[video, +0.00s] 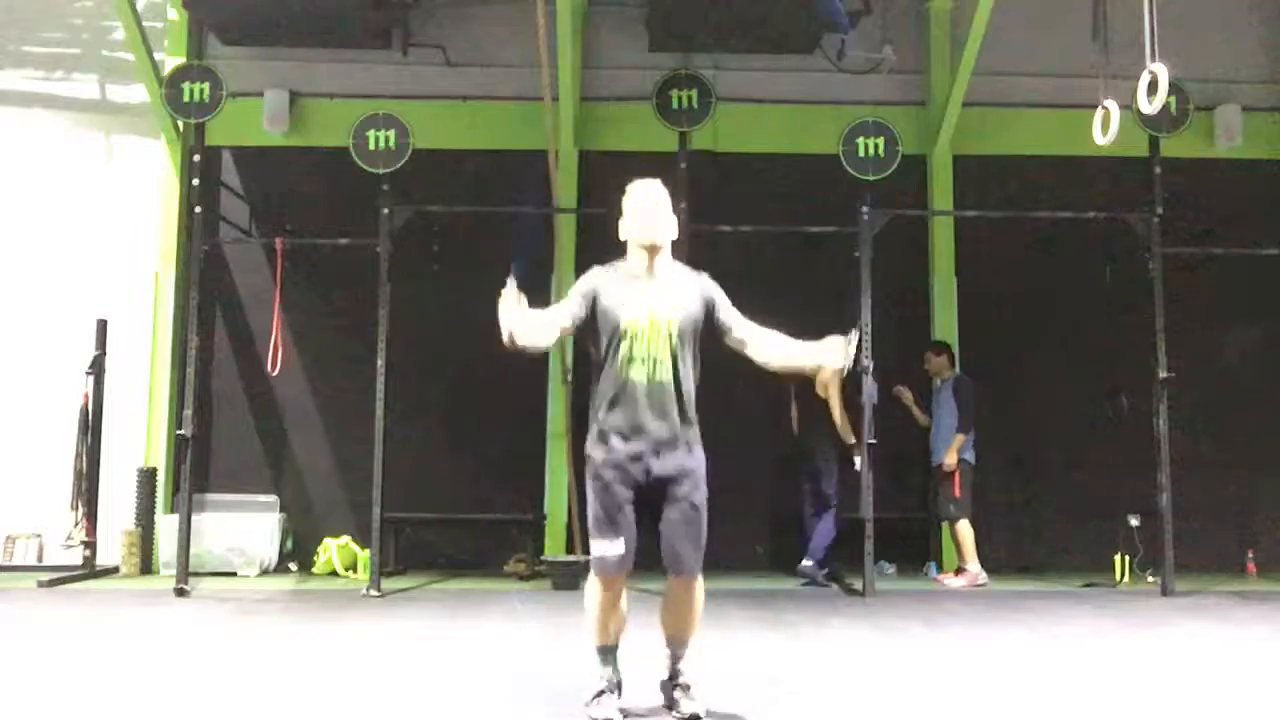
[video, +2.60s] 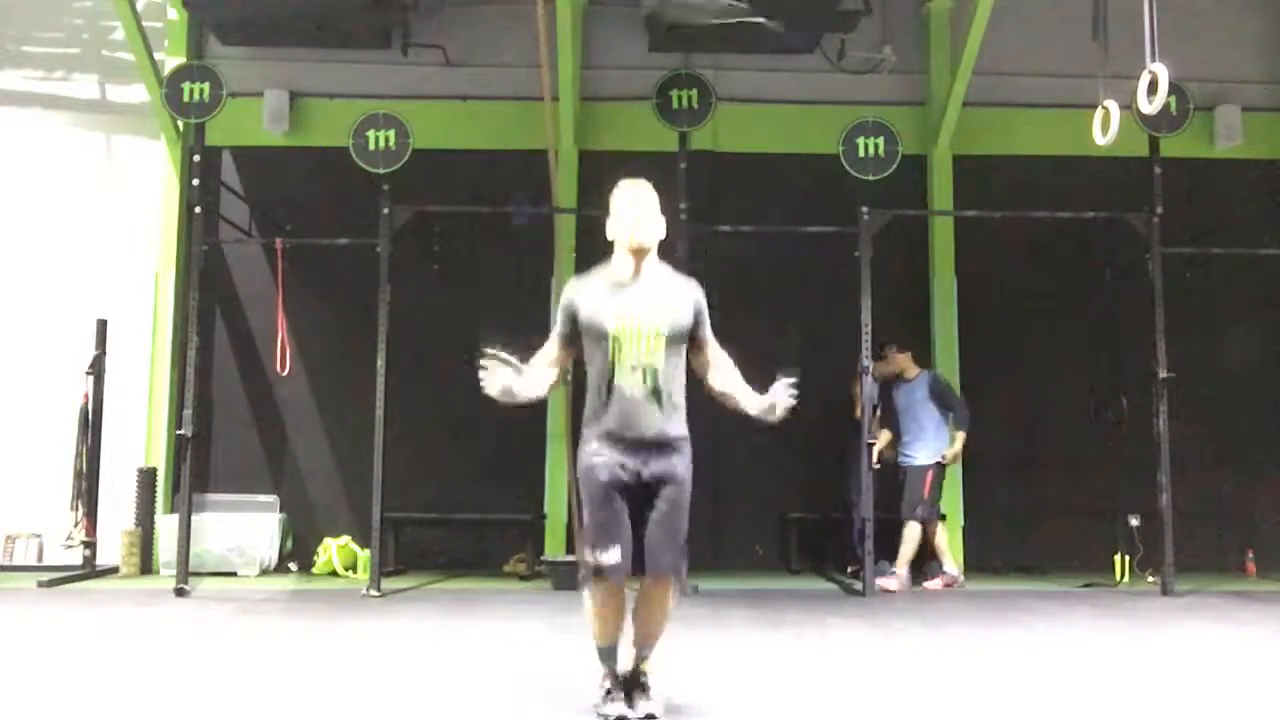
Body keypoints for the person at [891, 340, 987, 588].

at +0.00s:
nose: (926, 365)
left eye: (929, 359)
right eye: (925, 360)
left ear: (944, 358)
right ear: (937, 361)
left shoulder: (961, 384)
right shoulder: (936, 389)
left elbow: (966, 422)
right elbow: (928, 422)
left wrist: (953, 450)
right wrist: (911, 404)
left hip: (958, 457)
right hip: (940, 458)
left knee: (958, 514)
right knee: (949, 515)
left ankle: (973, 568)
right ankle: (964, 566)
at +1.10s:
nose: (952, 361)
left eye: (956, 356)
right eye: (950, 356)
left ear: (972, 356)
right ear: (951, 359)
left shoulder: (991, 384)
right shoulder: (952, 390)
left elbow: (1000, 423)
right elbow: (947, 424)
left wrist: (988, 453)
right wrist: (925, 411)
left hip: (983, 460)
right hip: (957, 463)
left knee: (991, 517)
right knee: (962, 517)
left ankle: (998, 569)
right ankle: (967, 567)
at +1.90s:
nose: (945, 364)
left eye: (948, 358)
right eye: (944, 358)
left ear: (963, 357)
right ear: (953, 359)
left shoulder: (990, 384)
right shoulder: (950, 389)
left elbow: (999, 425)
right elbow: (945, 423)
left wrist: (983, 459)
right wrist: (915, 440)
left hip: (985, 462)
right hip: (956, 463)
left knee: (992, 517)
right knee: (953, 518)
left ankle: (998, 568)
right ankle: (954, 573)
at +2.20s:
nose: (920, 361)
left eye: (924, 355)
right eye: (920, 356)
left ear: (939, 355)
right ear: (934, 357)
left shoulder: (967, 381)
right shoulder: (924, 387)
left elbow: (982, 417)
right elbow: (921, 424)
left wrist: (957, 443)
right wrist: (912, 458)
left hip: (960, 459)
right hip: (931, 460)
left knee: (968, 514)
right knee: (940, 518)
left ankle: (993, 560)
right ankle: (952, 572)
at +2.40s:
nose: (905, 361)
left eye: (909, 355)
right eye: (904, 356)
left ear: (924, 353)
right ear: (911, 358)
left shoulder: (951, 380)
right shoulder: (910, 387)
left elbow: (967, 418)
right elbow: (907, 423)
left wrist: (955, 450)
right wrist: (895, 451)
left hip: (943, 458)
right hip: (920, 459)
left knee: (936, 513)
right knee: (928, 515)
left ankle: (960, 562)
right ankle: (947, 571)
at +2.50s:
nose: (898, 361)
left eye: (902, 355)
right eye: (896, 356)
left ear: (916, 353)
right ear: (900, 359)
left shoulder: (940, 380)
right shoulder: (902, 388)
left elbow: (964, 414)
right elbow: (898, 423)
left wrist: (956, 448)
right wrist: (886, 449)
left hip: (937, 456)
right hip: (914, 458)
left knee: (922, 512)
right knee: (932, 516)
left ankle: (931, 572)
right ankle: (951, 569)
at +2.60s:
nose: (891, 363)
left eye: (894, 357)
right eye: (888, 359)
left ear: (907, 356)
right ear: (890, 362)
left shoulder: (932, 381)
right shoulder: (894, 388)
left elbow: (961, 411)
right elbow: (891, 423)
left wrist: (957, 446)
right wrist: (877, 446)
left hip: (930, 458)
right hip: (909, 459)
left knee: (913, 515)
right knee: (930, 517)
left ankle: (900, 574)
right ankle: (951, 570)